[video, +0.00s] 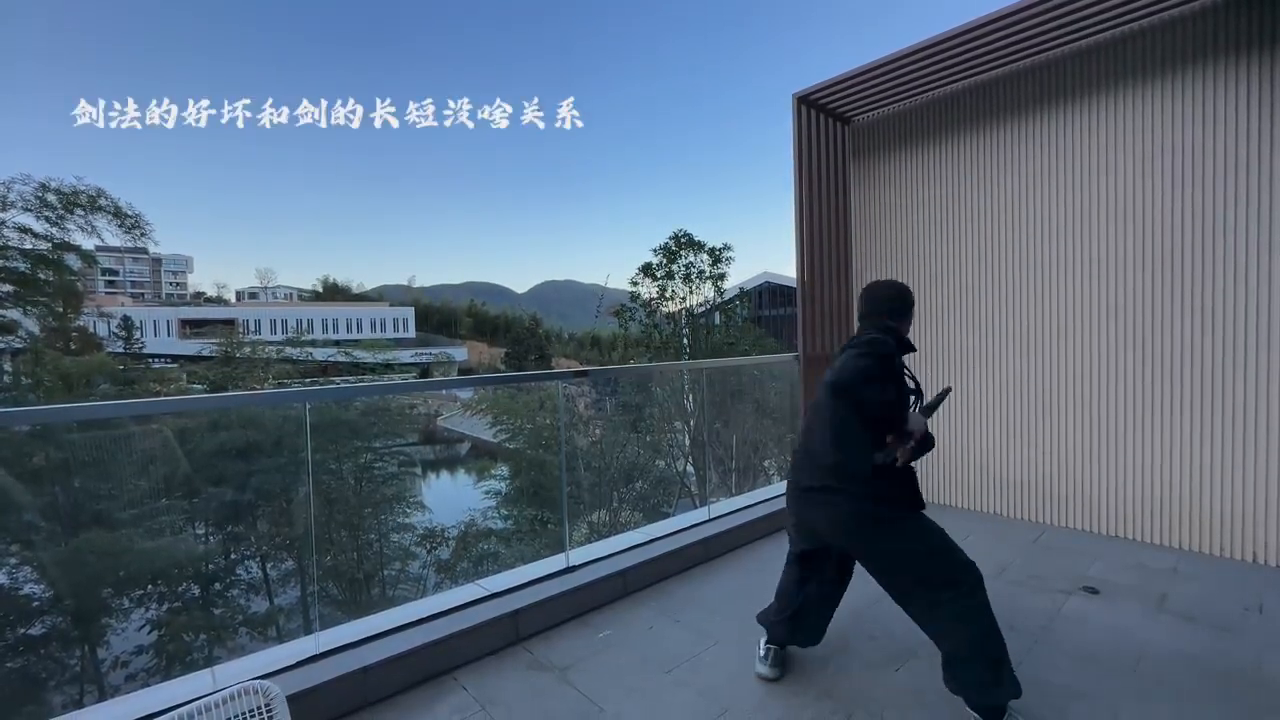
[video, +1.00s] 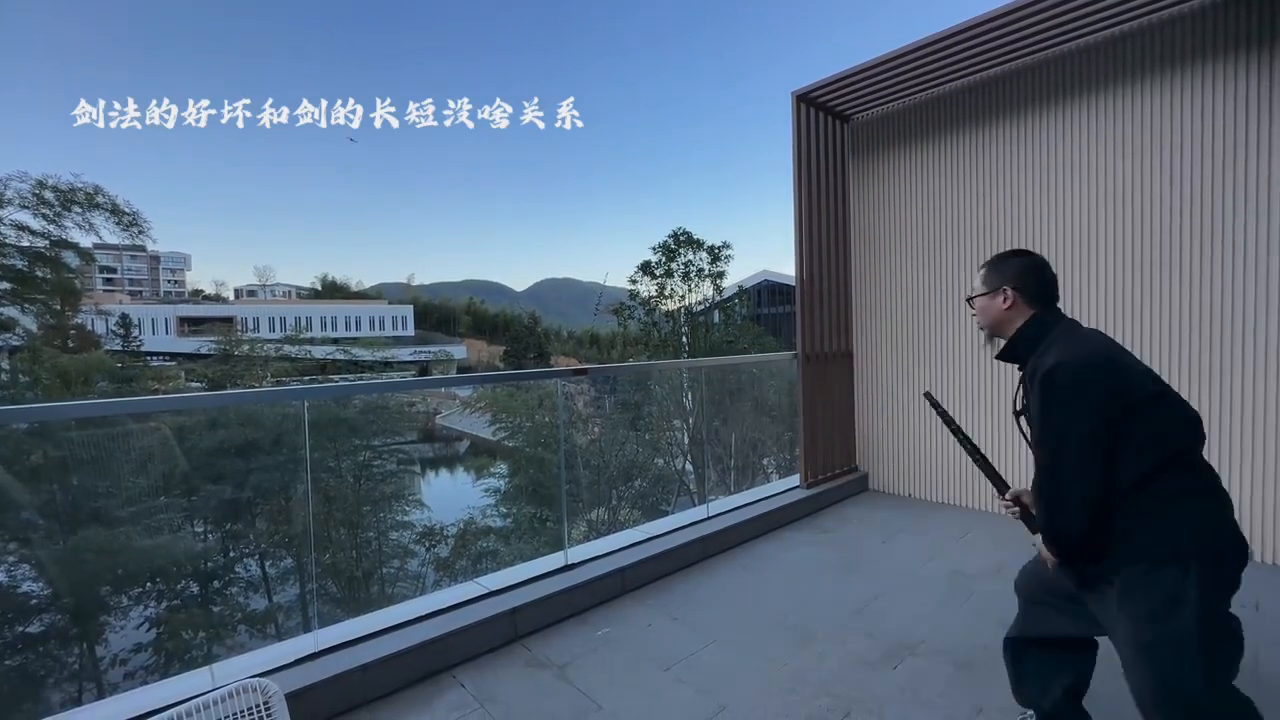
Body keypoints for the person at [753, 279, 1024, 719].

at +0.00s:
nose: (910, 325)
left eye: (908, 317)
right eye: (909, 317)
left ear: (863, 315)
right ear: (903, 319)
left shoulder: (847, 357)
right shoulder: (881, 357)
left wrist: (911, 440)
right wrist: (904, 439)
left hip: (811, 498)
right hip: (867, 504)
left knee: (812, 560)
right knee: (956, 582)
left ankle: (773, 643)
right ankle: (991, 702)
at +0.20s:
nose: (762, 372)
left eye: (761, 363)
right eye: (759, 364)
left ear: (772, 360)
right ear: (802, 349)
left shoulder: (784, 400)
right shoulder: (844, 368)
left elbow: (772, 452)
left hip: (846, 526)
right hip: (908, 517)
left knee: (778, 547)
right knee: (953, 608)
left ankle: (763, 643)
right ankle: (1015, 702)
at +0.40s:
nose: (776, 369)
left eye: (775, 362)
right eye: (775, 362)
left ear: (786, 361)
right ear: (818, 350)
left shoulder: (798, 403)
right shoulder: (858, 372)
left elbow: (772, 451)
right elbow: (828, 407)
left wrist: (769, 410)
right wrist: (774, 398)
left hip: (852, 531)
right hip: (916, 527)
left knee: (782, 548)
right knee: (952, 613)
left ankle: (765, 641)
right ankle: (1019, 706)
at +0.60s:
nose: (865, 328)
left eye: (866, 319)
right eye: (864, 320)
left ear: (885, 315)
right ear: (918, 309)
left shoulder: (901, 362)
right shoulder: (962, 345)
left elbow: (844, 403)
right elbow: (885, 372)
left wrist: (822, 361)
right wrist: (829, 356)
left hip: (928, 509)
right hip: (992, 509)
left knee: (851, 568)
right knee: (965, 610)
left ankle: (786, 631)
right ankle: (1034, 700)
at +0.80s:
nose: (930, 285)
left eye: (934, 273)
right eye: (930, 275)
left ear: (960, 272)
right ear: (975, 272)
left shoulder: (993, 329)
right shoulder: (1023, 310)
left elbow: (963, 425)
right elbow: (961, 385)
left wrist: (899, 441)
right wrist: (899, 416)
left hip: (1053, 502)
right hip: (1101, 495)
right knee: (1047, 614)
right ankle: (1058, 701)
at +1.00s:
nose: (972, 308)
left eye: (977, 296)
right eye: (973, 298)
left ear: (1007, 299)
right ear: (1015, 300)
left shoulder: (1061, 367)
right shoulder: (1075, 349)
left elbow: (1072, 488)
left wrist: (1058, 546)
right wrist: (1042, 498)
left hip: (1168, 557)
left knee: (1181, 702)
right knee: (1040, 584)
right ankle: (1055, 709)